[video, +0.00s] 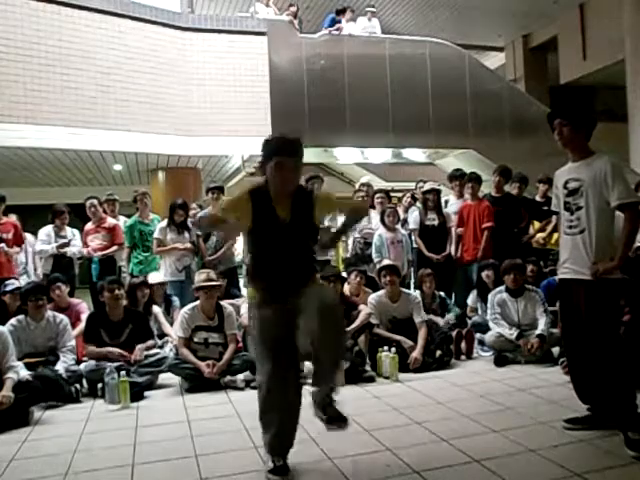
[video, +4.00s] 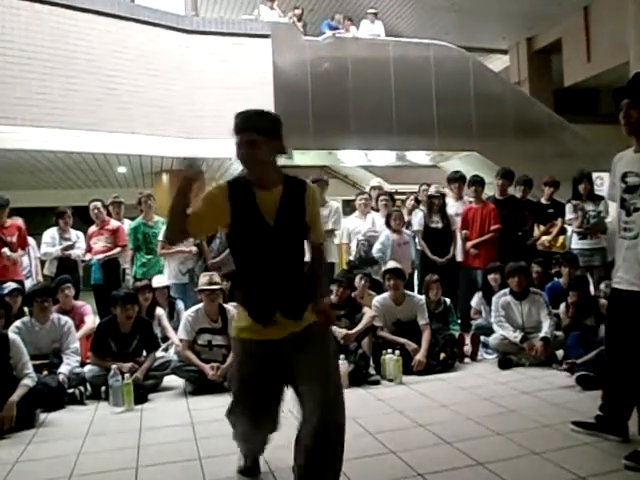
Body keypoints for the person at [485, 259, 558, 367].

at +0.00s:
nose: (513, 278)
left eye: (517, 274)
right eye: (508, 274)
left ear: (523, 276)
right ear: (503, 277)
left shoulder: (535, 293)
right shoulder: (495, 296)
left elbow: (544, 316)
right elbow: (494, 320)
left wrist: (540, 336)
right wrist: (517, 336)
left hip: (531, 332)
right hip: (509, 333)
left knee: (555, 335)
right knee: (491, 338)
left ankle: (514, 357)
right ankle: (538, 355)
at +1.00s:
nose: (513, 278)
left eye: (516, 274)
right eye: (509, 274)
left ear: (523, 276)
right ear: (504, 277)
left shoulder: (535, 293)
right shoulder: (495, 296)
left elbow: (543, 315)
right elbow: (494, 320)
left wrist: (540, 336)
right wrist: (517, 336)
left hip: (531, 331)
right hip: (508, 333)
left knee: (553, 335)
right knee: (491, 338)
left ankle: (513, 357)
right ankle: (538, 355)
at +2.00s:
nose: (517, 280)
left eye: (521, 276)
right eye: (513, 277)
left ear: (528, 279)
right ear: (508, 280)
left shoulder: (539, 296)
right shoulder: (499, 299)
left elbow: (548, 319)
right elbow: (498, 323)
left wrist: (544, 339)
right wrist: (522, 339)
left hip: (535, 335)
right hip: (512, 335)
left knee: (559, 338)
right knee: (495, 341)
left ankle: (519, 360)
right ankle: (542, 358)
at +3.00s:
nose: (517, 280)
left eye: (521, 276)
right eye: (513, 277)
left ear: (527, 278)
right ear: (508, 280)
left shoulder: (539, 296)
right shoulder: (499, 299)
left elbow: (548, 319)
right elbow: (498, 323)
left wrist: (544, 339)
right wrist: (522, 339)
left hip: (535, 335)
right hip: (512, 336)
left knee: (558, 338)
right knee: (495, 341)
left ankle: (519, 360)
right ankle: (541, 358)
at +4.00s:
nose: (517, 281)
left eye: (521, 277)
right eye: (513, 277)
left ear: (527, 278)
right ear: (508, 280)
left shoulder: (539, 296)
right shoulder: (499, 299)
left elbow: (548, 319)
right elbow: (498, 323)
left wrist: (544, 339)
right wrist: (522, 339)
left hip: (535, 334)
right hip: (513, 335)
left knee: (559, 338)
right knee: (495, 341)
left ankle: (519, 360)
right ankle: (542, 358)